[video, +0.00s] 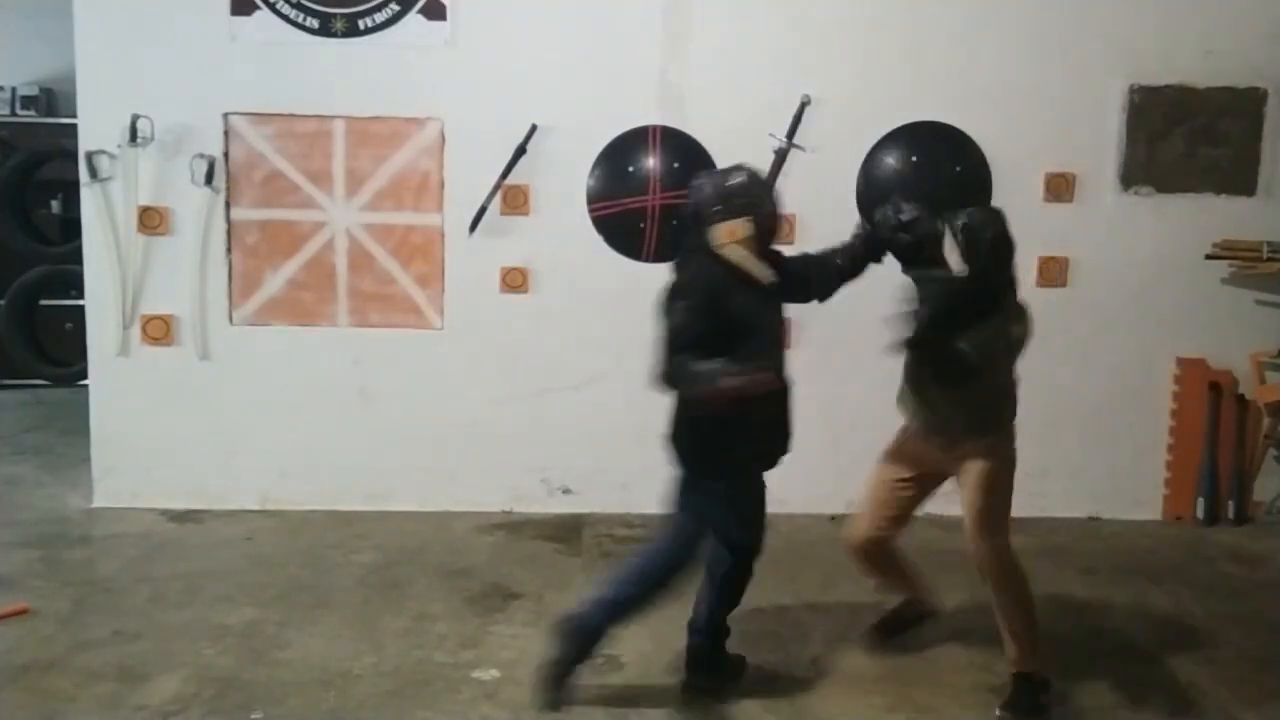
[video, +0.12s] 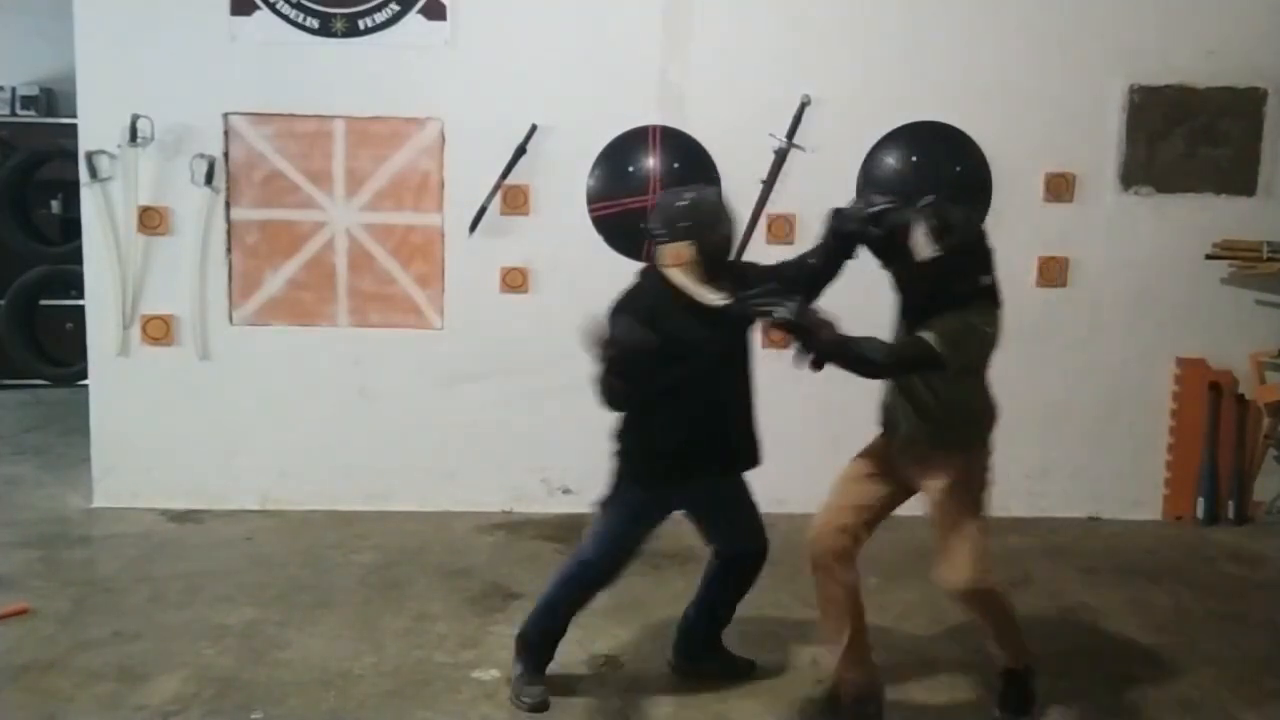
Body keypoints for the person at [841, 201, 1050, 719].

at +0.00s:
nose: (900, 230)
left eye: (907, 214)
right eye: (892, 215)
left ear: (940, 202)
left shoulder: (979, 229)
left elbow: (995, 303)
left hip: (984, 434)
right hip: (926, 429)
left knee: (988, 548)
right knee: (865, 539)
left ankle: (1027, 672)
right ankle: (916, 601)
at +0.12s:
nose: (891, 238)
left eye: (900, 226)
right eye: (888, 224)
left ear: (942, 227)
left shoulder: (971, 308)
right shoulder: (919, 265)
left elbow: (891, 361)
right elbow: (811, 277)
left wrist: (809, 331)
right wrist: (841, 235)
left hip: (955, 446)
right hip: (902, 438)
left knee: (963, 576)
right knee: (829, 542)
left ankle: (1017, 666)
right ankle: (855, 686)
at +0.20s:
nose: (902, 275)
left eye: (913, 264)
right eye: (898, 262)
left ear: (937, 264)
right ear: (893, 259)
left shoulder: (957, 327)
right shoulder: (893, 291)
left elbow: (878, 362)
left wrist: (806, 345)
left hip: (930, 460)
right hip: (875, 453)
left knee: (903, 570)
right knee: (817, 559)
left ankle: (983, 669)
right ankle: (852, 693)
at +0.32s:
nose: (863, 257)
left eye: (874, 253)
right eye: (866, 247)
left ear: (908, 262)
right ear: (877, 253)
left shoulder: (926, 332)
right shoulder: (874, 290)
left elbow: (835, 382)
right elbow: (829, 290)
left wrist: (771, 347)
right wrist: (788, 287)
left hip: (902, 476)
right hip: (847, 467)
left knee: (883, 602)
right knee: (771, 572)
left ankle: (921, 711)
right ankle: (828, 687)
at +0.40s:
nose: (840, 288)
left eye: (852, 280)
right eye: (841, 274)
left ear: (884, 288)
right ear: (845, 269)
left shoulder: (898, 352)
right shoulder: (853, 289)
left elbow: (787, 361)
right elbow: (775, 278)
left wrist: (720, 311)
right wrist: (709, 278)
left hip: (878, 501)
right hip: (831, 490)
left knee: (862, 623)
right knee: (725, 563)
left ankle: (917, 711)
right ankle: (755, 693)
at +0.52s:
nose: (812, 249)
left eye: (826, 247)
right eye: (821, 239)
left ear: (846, 273)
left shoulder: (855, 340)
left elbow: (743, 306)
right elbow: (791, 259)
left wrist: (661, 255)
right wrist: (768, 237)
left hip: (833, 507)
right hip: (799, 499)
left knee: (810, 656)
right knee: (682, 571)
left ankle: (895, 713)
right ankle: (705, 709)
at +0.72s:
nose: (739, 249)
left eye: (749, 239)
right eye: (746, 237)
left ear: (765, 247)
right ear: (797, 248)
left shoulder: (785, 303)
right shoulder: (781, 299)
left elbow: (676, 298)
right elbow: (779, 222)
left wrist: (572, 271)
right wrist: (769, 163)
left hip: (787, 496)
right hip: (750, 489)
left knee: (790, 663)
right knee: (636, 549)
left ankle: (894, 715)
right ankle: (675, 688)